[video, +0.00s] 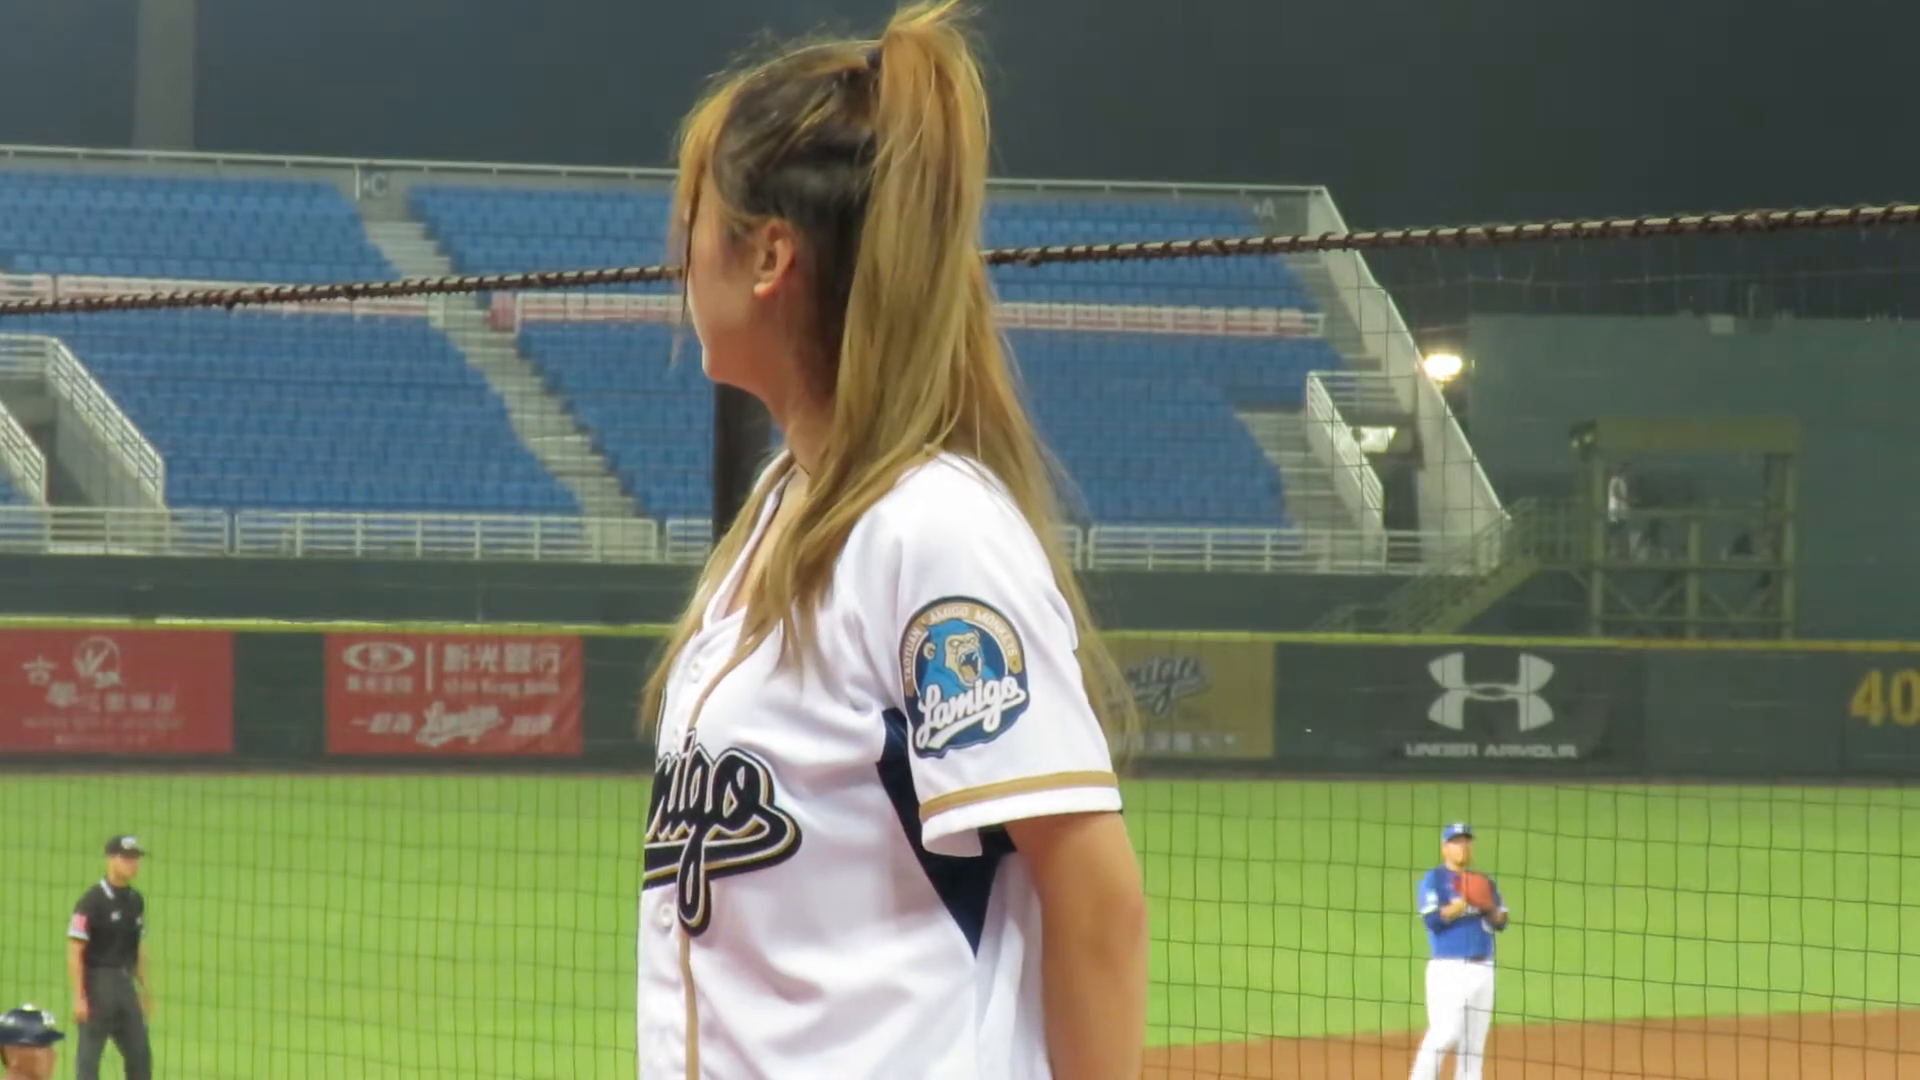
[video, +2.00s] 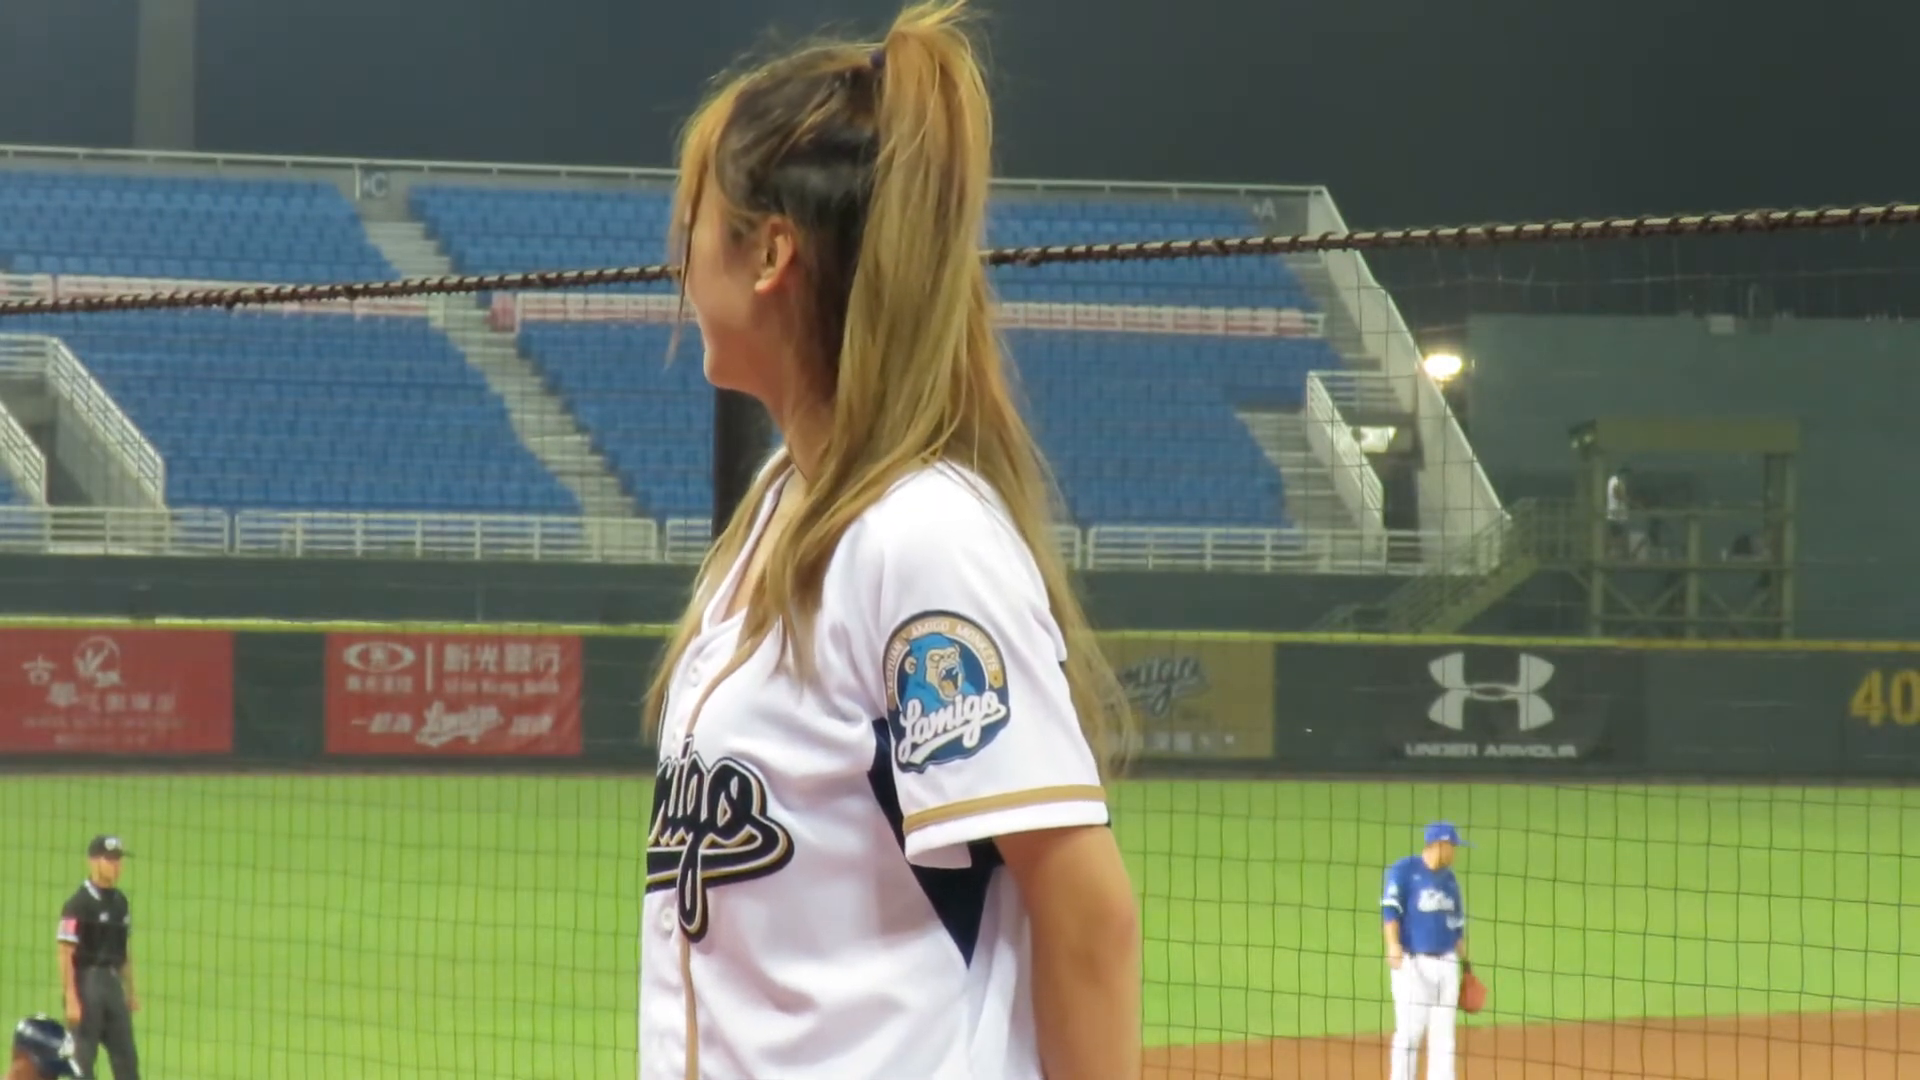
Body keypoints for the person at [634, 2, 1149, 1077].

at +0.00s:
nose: (682, 258)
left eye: (695, 224)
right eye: (689, 222)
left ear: (770, 259)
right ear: (773, 258)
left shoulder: (938, 527)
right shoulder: (780, 506)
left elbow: (1098, 897)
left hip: (883, 1055)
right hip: (718, 1051)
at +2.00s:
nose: (681, 259)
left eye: (696, 221)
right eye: (690, 219)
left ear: (771, 254)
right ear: (772, 254)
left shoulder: (927, 536)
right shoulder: (779, 503)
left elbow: (1089, 911)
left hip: (881, 1057)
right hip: (719, 1051)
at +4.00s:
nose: (688, 263)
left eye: (702, 225)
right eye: (697, 224)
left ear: (778, 252)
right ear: (777, 252)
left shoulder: (937, 533)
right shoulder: (784, 505)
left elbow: (1096, 912)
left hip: (886, 1057)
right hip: (721, 1051)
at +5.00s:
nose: (699, 267)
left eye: (711, 229)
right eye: (704, 229)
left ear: (794, 255)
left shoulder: (947, 527)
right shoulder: (780, 494)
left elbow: (1098, 911)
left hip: (881, 1055)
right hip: (709, 1049)